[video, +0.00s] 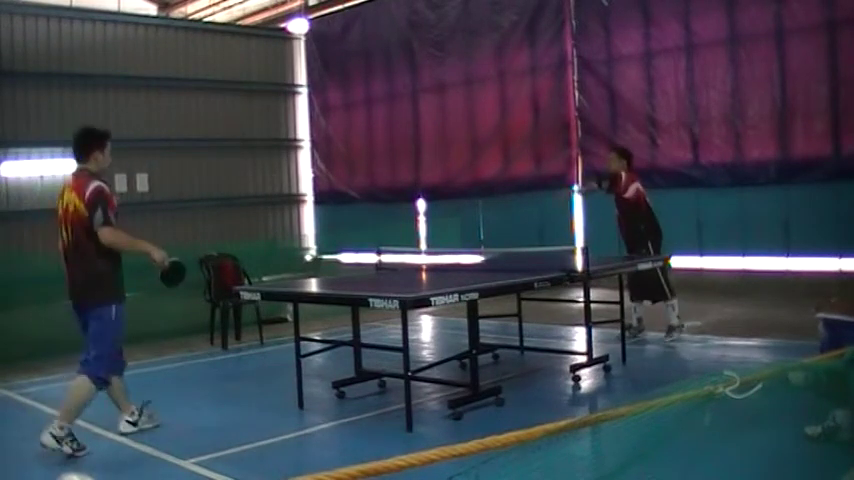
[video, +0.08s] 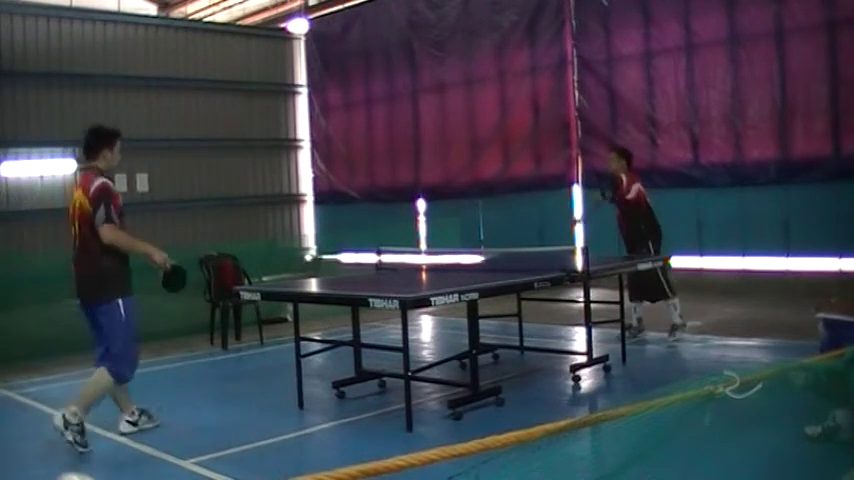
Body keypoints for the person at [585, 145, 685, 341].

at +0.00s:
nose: (609, 163)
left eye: (613, 160)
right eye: (610, 160)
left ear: (623, 163)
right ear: (616, 164)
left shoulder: (633, 185)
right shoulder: (618, 182)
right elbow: (607, 184)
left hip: (649, 240)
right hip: (633, 241)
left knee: (660, 281)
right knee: (634, 282)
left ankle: (674, 322)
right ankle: (637, 322)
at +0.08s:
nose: (610, 164)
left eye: (613, 160)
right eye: (610, 160)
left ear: (624, 162)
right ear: (617, 163)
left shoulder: (634, 185)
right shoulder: (619, 183)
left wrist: (652, 247)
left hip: (648, 240)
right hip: (633, 241)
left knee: (662, 281)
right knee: (633, 282)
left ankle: (677, 320)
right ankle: (637, 322)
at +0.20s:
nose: (609, 164)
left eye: (613, 160)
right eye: (610, 160)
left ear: (624, 163)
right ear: (619, 164)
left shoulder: (632, 184)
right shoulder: (623, 186)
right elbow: (628, 219)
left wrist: (654, 247)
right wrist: (630, 244)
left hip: (649, 241)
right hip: (634, 242)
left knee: (661, 280)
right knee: (634, 282)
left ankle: (679, 317)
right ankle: (637, 321)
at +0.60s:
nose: (642, 160)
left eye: (646, 156)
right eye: (641, 156)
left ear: (654, 159)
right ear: (640, 160)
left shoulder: (665, 182)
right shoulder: (636, 187)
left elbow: (675, 207)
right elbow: (630, 218)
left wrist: (677, 233)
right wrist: (625, 244)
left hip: (666, 240)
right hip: (645, 241)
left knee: (679, 282)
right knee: (642, 283)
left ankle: (699, 318)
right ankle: (637, 322)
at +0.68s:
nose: (650, 160)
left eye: (655, 156)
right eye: (649, 156)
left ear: (664, 160)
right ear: (646, 160)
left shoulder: (676, 184)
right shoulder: (642, 188)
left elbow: (687, 208)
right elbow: (632, 217)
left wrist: (687, 232)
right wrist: (624, 243)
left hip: (675, 242)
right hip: (651, 243)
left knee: (685, 283)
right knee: (646, 284)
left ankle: (700, 320)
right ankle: (638, 323)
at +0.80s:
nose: (666, 161)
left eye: (670, 156)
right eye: (664, 156)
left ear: (679, 160)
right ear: (661, 160)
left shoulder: (691, 185)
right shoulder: (654, 187)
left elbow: (695, 209)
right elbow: (645, 213)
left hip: (686, 242)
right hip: (662, 243)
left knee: (691, 282)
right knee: (654, 280)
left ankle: (701, 320)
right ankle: (641, 320)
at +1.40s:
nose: (696, 158)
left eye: (701, 154)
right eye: (693, 153)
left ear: (708, 157)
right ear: (688, 156)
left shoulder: (717, 184)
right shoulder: (676, 183)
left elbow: (726, 214)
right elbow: (668, 214)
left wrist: (716, 239)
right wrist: (669, 242)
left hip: (704, 243)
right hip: (680, 242)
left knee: (702, 284)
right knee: (677, 282)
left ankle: (702, 322)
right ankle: (677, 321)